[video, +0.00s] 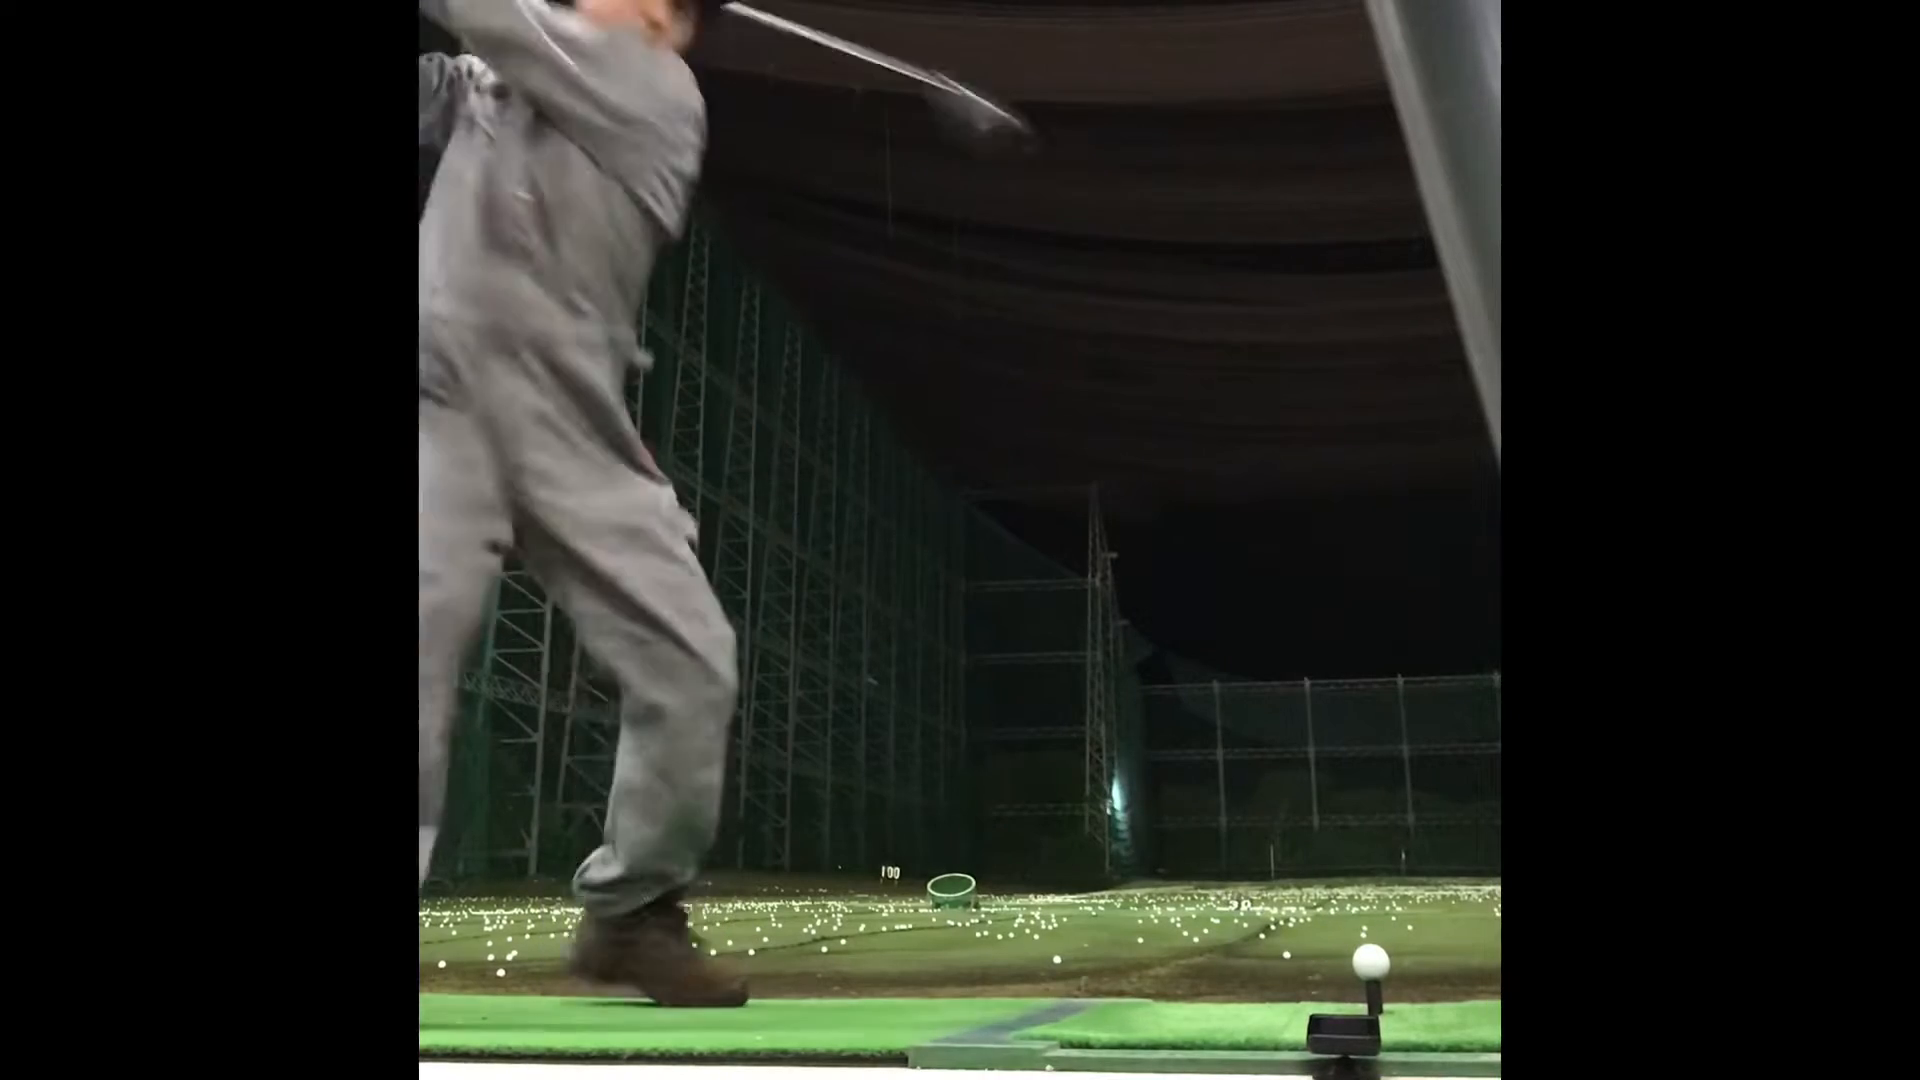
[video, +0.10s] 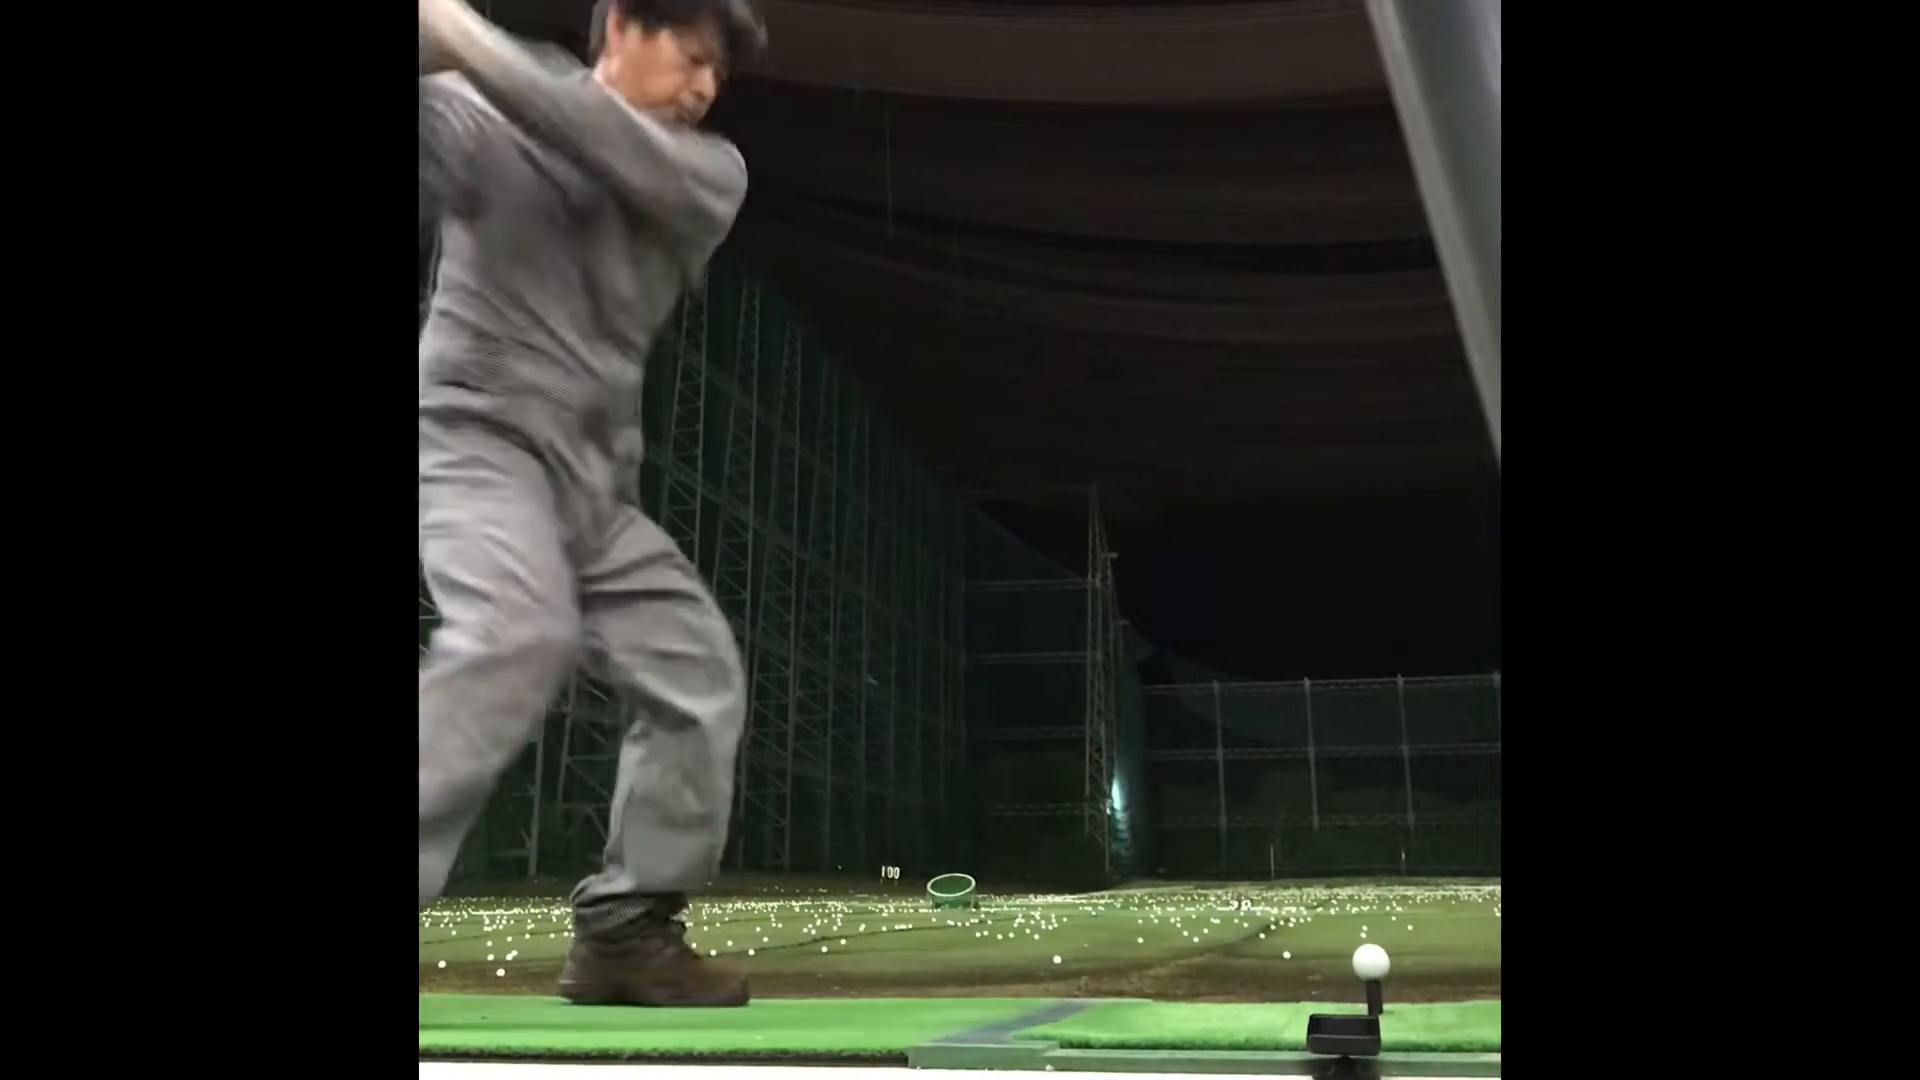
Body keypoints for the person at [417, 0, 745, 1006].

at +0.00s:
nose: (586, 10)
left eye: (615, 4)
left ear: (668, 21)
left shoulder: (660, 93)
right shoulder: (485, 78)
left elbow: (485, 18)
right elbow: (425, 76)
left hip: (578, 428)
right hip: (442, 410)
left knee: (689, 663)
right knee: (429, 631)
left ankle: (629, 915)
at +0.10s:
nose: (705, 86)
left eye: (717, 72)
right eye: (689, 55)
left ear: (727, 86)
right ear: (615, 29)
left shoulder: (711, 176)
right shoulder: (493, 127)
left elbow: (600, 139)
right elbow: (430, 112)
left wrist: (468, 37)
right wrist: (434, 55)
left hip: (593, 493)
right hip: (467, 450)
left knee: (696, 667)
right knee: (517, 635)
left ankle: (625, 933)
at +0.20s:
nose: (701, 62)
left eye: (710, 43)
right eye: (689, 36)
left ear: (646, 21)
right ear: (617, 9)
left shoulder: (655, 95)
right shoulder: (539, 96)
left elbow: (712, 219)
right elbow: (608, 283)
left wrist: (763, 343)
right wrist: (729, 400)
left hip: (559, 396)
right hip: (485, 385)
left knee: (598, 621)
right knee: (519, 604)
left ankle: (623, 909)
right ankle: (426, 872)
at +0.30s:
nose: (730, 63)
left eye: (741, 43)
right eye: (729, 37)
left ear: (646, 8)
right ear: (661, 9)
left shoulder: (524, 17)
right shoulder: (640, 131)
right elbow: (705, 244)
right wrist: (735, 278)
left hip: (467, 344)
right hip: (532, 368)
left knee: (482, 607)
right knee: (480, 611)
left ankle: (466, 906)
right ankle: (466, 912)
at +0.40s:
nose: (759, 72)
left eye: (772, 55)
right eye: (766, 49)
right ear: (732, 30)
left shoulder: (527, 12)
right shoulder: (725, 132)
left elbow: (425, 36)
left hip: (435, 322)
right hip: (564, 356)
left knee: (440, 605)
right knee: (510, 599)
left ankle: (459, 924)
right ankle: (423, 865)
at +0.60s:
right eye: (720, 31)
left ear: (622, 5)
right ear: (714, 34)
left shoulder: (523, 58)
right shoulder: (695, 128)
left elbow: (433, 74)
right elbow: (651, 79)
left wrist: (530, 12)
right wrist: (591, 27)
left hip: (432, 330)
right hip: (547, 366)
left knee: (435, 623)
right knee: (526, 599)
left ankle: (447, 946)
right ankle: (454, 833)